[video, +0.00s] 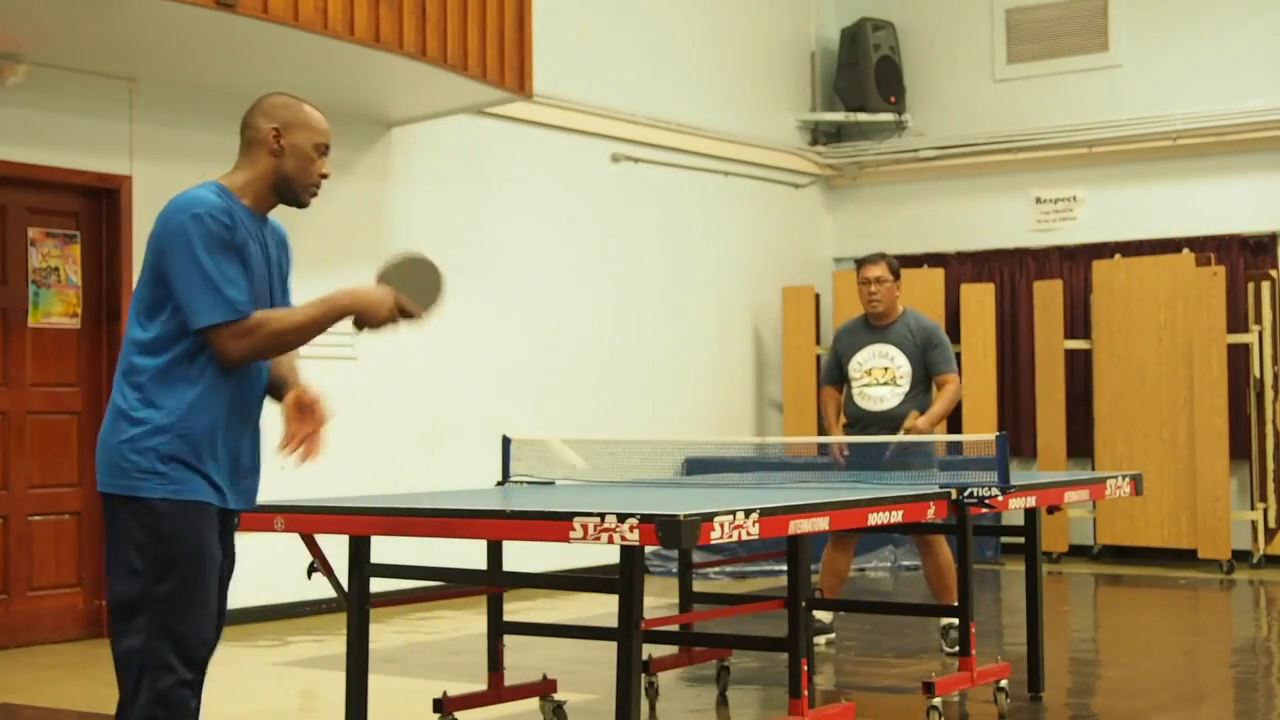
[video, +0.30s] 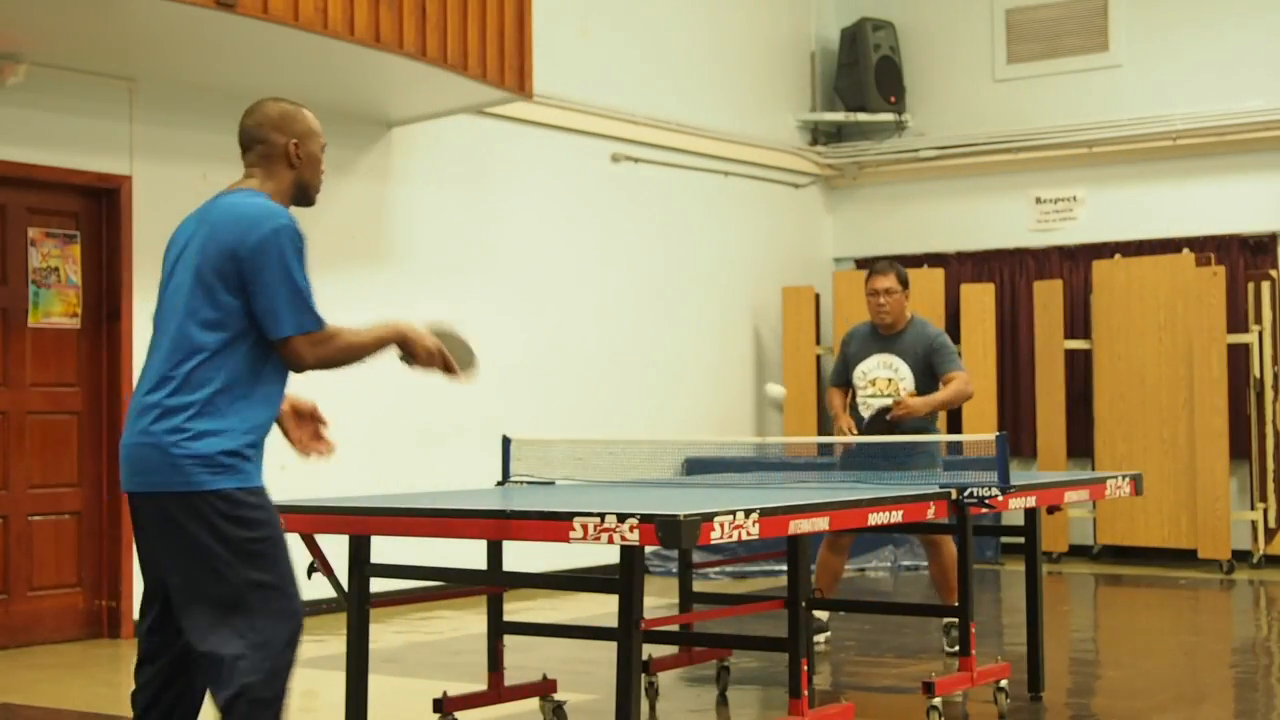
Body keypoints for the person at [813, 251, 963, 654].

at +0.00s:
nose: (872, 290)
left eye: (880, 282)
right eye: (865, 283)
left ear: (897, 286)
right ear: (857, 289)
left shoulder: (925, 331)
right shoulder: (846, 336)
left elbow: (950, 386)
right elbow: (830, 387)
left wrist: (928, 420)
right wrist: (833, 428)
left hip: (911, 455)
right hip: (858, 456)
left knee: (928, 533)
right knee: (842, 533)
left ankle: (951, 620)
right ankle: (822, 616)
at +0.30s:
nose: (880, 301)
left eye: (888, 294)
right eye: (873, 294)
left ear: (906, 296)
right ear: (865, 298)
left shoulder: (930, 337)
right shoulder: (855, 339)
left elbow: (962, 386)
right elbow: (837, 387)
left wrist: (924, 404)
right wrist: (840, 415)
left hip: (916, 454)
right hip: (861, 455)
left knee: (935, 534)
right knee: (838, 534)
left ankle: (954, 619)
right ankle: (818, 616)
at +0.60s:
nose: (920, 321)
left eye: (928, 312)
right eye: (913, 313)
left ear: (949, 309)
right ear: (906, 312)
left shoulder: (971, 346)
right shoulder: (902, 338)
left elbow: (1004, 385)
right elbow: (879, 380)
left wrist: (946, 397)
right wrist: (860, 412)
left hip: (946, 468)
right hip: (894, 465)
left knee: (962, 538)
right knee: (861, 531)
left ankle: (980, 624)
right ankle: (824, 606)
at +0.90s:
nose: (936, 293)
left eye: (944, 285)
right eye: (930, 285)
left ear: (966, 288)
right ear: (924, 288)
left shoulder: (983, 330)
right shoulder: (919, 323)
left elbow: (988, 368)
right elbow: (898, 364)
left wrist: (959, 377)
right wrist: (878, 390)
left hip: (957, 449)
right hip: (905, 445)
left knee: (968, 533)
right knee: (876, 521)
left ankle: (981, 623)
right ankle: (852, 600)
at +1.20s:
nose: (917, 297)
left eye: (925, 289)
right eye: (910, 290)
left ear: (944, 293)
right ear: (903, 295)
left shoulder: (965, 339)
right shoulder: (891, 335)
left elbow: (986, 391)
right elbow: (869, 383)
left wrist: (955, 402)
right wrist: (867, 416)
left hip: (946, 456)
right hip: (895, 455)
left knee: (963, 534)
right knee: (879, 533)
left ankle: (981, 624)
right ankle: (866, 616)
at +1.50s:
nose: (895, 321)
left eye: (902, 311)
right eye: (889, 314)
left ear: (923, 307)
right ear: (883, 314)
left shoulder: (951, 341)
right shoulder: (885, 348)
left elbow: (982, 385)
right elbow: (860, 392)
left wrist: (927, 399)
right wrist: (851, 409)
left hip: (944, 459)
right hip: (895, 458)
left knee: (960, 534)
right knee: (867, 535)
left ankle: (988, 624)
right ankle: (865, 616)